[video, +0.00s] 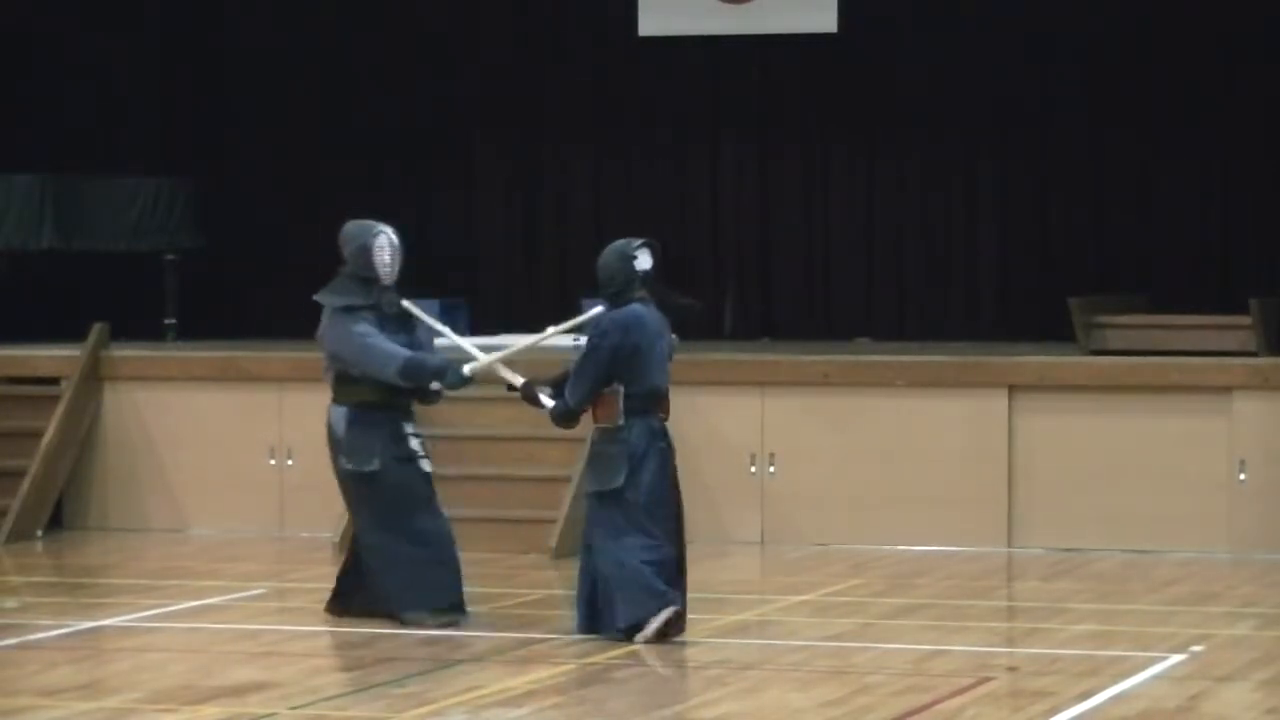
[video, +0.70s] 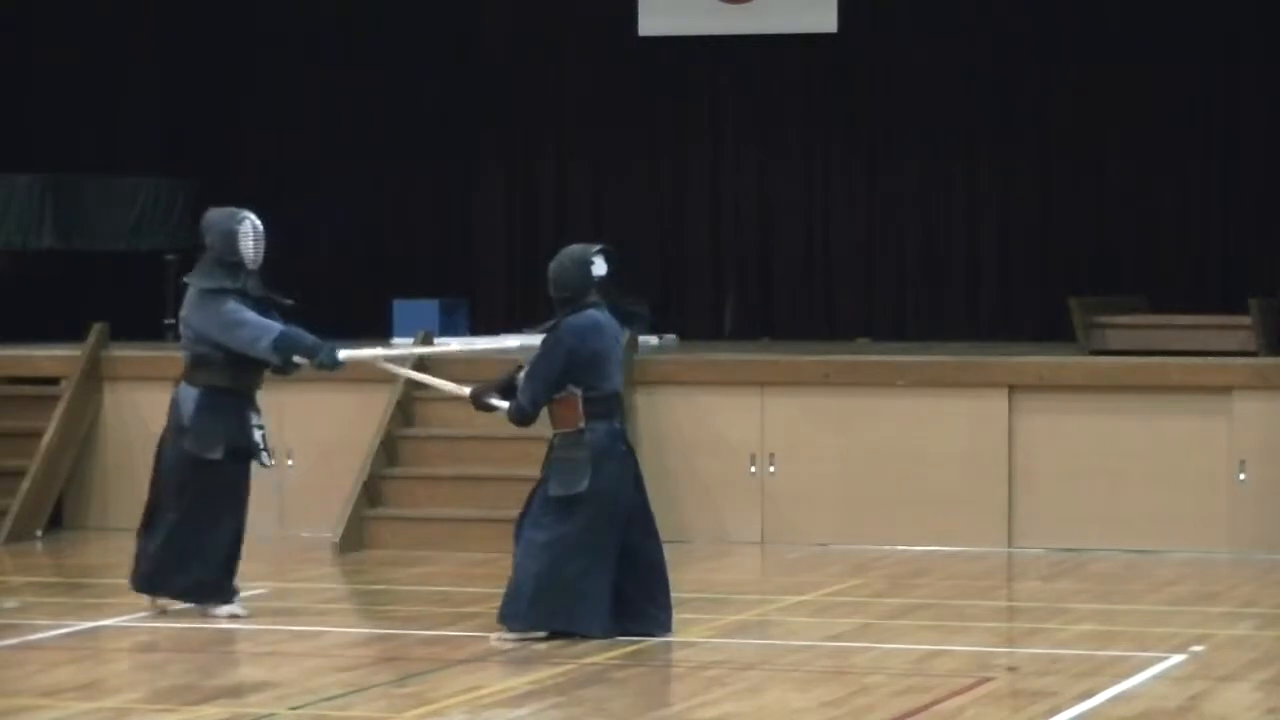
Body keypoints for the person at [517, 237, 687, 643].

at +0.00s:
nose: (601, 284)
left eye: (604, 277)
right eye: (604, 276)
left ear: (610, 279)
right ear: (640, 277)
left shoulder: (613, 326)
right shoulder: (655, 321)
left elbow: (576, 398)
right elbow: (603, 370)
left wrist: (543, 400)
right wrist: (551, 387)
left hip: (622, 435)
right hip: (653, 430)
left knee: (608, 525)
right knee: (646, 522)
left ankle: (651, 606)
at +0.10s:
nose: (600, 285)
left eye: (602, 278)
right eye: (603, 278)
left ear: (608, 281)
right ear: (637, 278)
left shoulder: (613, 327)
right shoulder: (651, 321)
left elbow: (580, 390)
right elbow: (597, 367)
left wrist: (546, 406)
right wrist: (545, 388)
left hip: (620, 436)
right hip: (650, 431)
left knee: (599, 523)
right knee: (649, 520)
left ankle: (624, 614)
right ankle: (660, 613)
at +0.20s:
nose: (593, 285)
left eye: (596, 279)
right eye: (596, 279)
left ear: (603, 282)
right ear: (631, 279)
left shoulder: (605, 327)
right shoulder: (645, 322)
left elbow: (576, 390)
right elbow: (591, 372)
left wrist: (549, 409)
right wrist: (545, 392)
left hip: (613, 439)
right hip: (644, 435)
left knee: (588, 520)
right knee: (640, 522)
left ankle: (587, 619)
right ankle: (646, 616)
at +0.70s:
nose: (552, 290)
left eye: (555, 283)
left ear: (559, 287)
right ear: (594, 283)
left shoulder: (566, 333)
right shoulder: (608, 325)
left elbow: (525, 410)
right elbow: (557, 374)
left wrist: (500, 400)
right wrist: (514, 383)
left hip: (580, 448)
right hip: (612, 443)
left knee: (538, 525)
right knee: (618, 526)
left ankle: (529, 618)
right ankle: (643, 617)